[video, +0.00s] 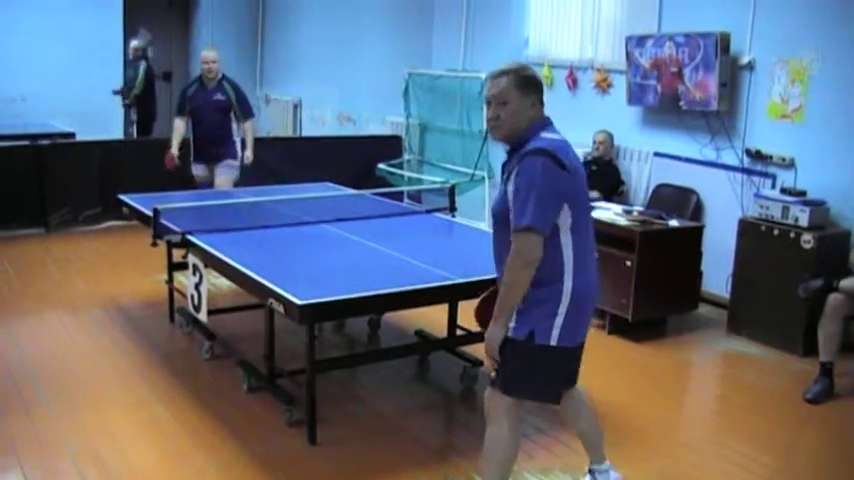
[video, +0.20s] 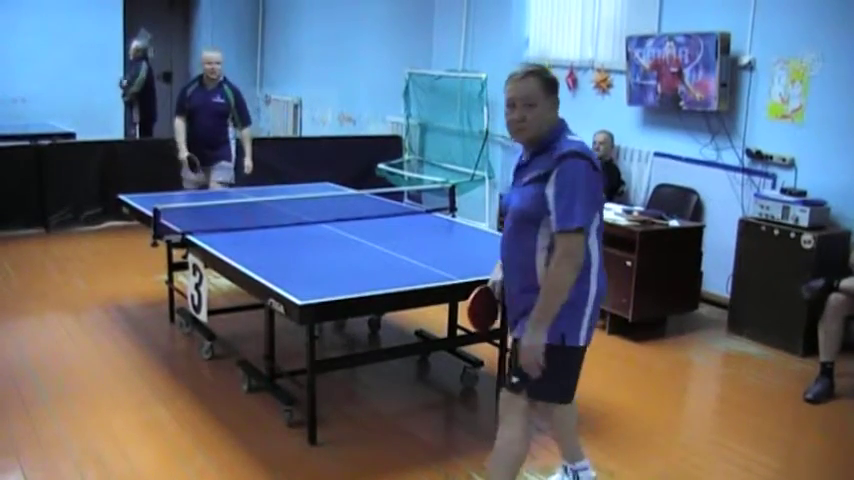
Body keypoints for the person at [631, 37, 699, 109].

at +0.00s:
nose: (669, 50)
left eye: (671, 47)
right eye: (668, 48)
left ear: (674, 49)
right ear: (664, 49)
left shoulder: (677, 62)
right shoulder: (659, 61)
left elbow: (683, 79)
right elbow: (648, 68)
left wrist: (694, 93)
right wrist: (637, 58)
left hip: (675, 93)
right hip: (663, 93)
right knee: (662, 118)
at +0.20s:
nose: (670, 50)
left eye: (671, 47)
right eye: (668, 47)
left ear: (675, 48)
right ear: (664, 48)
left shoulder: (677, 62)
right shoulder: (659, 61)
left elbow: (684, 80)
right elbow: (648, 68)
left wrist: (694, 93)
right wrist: (637, 57)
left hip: (675, 94)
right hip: (662, 94)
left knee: (677, 120)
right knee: (663, 120)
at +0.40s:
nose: (670, 50)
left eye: (671, 48)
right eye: (668, 47)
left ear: (675, 49)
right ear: (664, 48)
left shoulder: (678, 62)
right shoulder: (659, 61)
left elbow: (684, 80)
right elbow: (648, 69)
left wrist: (694, 93)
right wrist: (637, 58)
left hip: (675, 95)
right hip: (663, 94)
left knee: (677, 121)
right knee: (663, 120)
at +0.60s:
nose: (670, 51)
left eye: (672, 48)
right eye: (669, 48)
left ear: (675, 49)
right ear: (665, 48)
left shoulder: (678, 62)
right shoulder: (660, 61)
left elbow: (685, 81)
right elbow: (648, 69)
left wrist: (695, 94)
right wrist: (637, 58)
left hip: (676, 95)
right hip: (663, 95)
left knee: (677, 121)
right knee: (663, 121)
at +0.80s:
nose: (671, 52)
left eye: (673, 50)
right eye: (669, 49)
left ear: (676, 51)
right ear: (666, 51)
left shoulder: (679, 64)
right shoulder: (661, 63)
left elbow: (685, 82)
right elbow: (649, 70)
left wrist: (696, 96)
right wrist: (639, 60)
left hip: (676, 97)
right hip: (664, 96)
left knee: (678, 123)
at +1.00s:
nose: (672, 53)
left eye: (673, 50)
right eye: (670, 50)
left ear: (677, 51)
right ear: (666, 51)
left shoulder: (679, 65)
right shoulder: (661, 64)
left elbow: (685, 82)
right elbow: (650, 70)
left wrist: (696, 96)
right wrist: (639, 60)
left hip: (677, 96)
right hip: (664, 96)